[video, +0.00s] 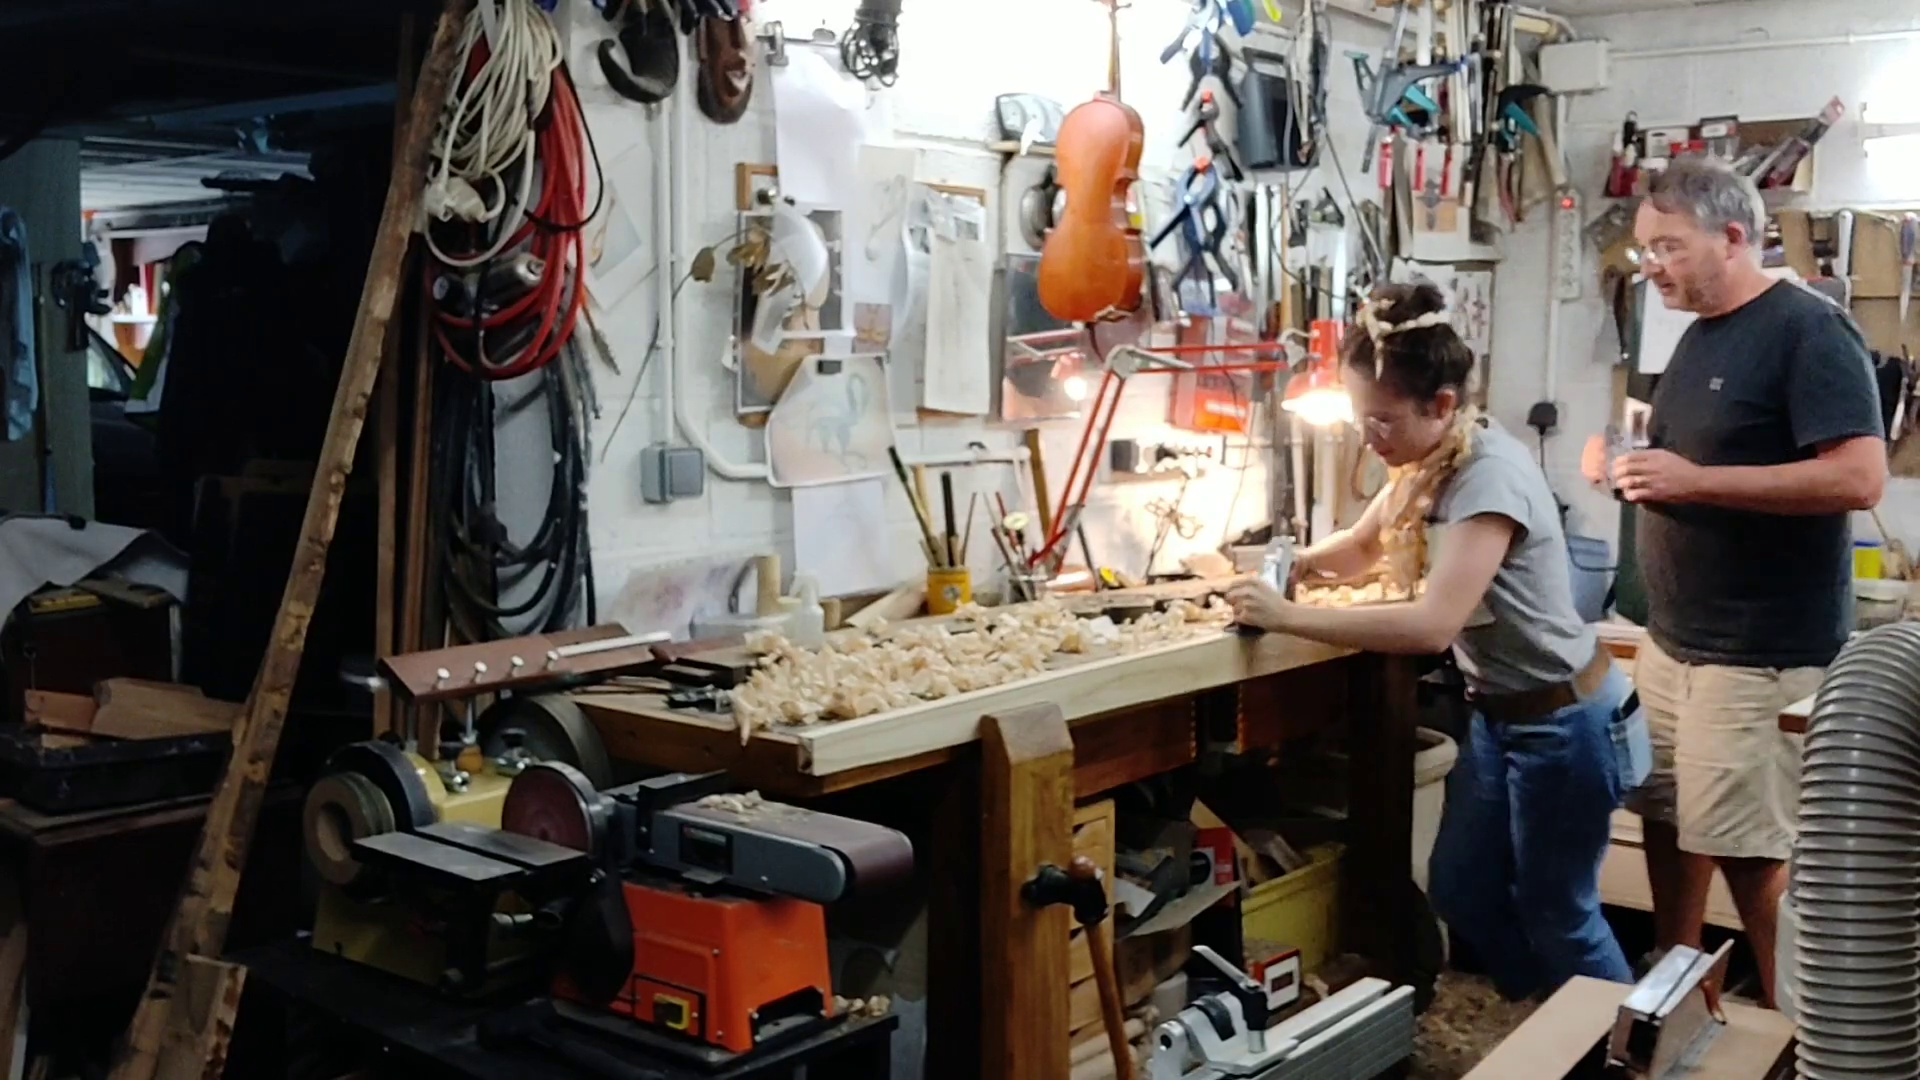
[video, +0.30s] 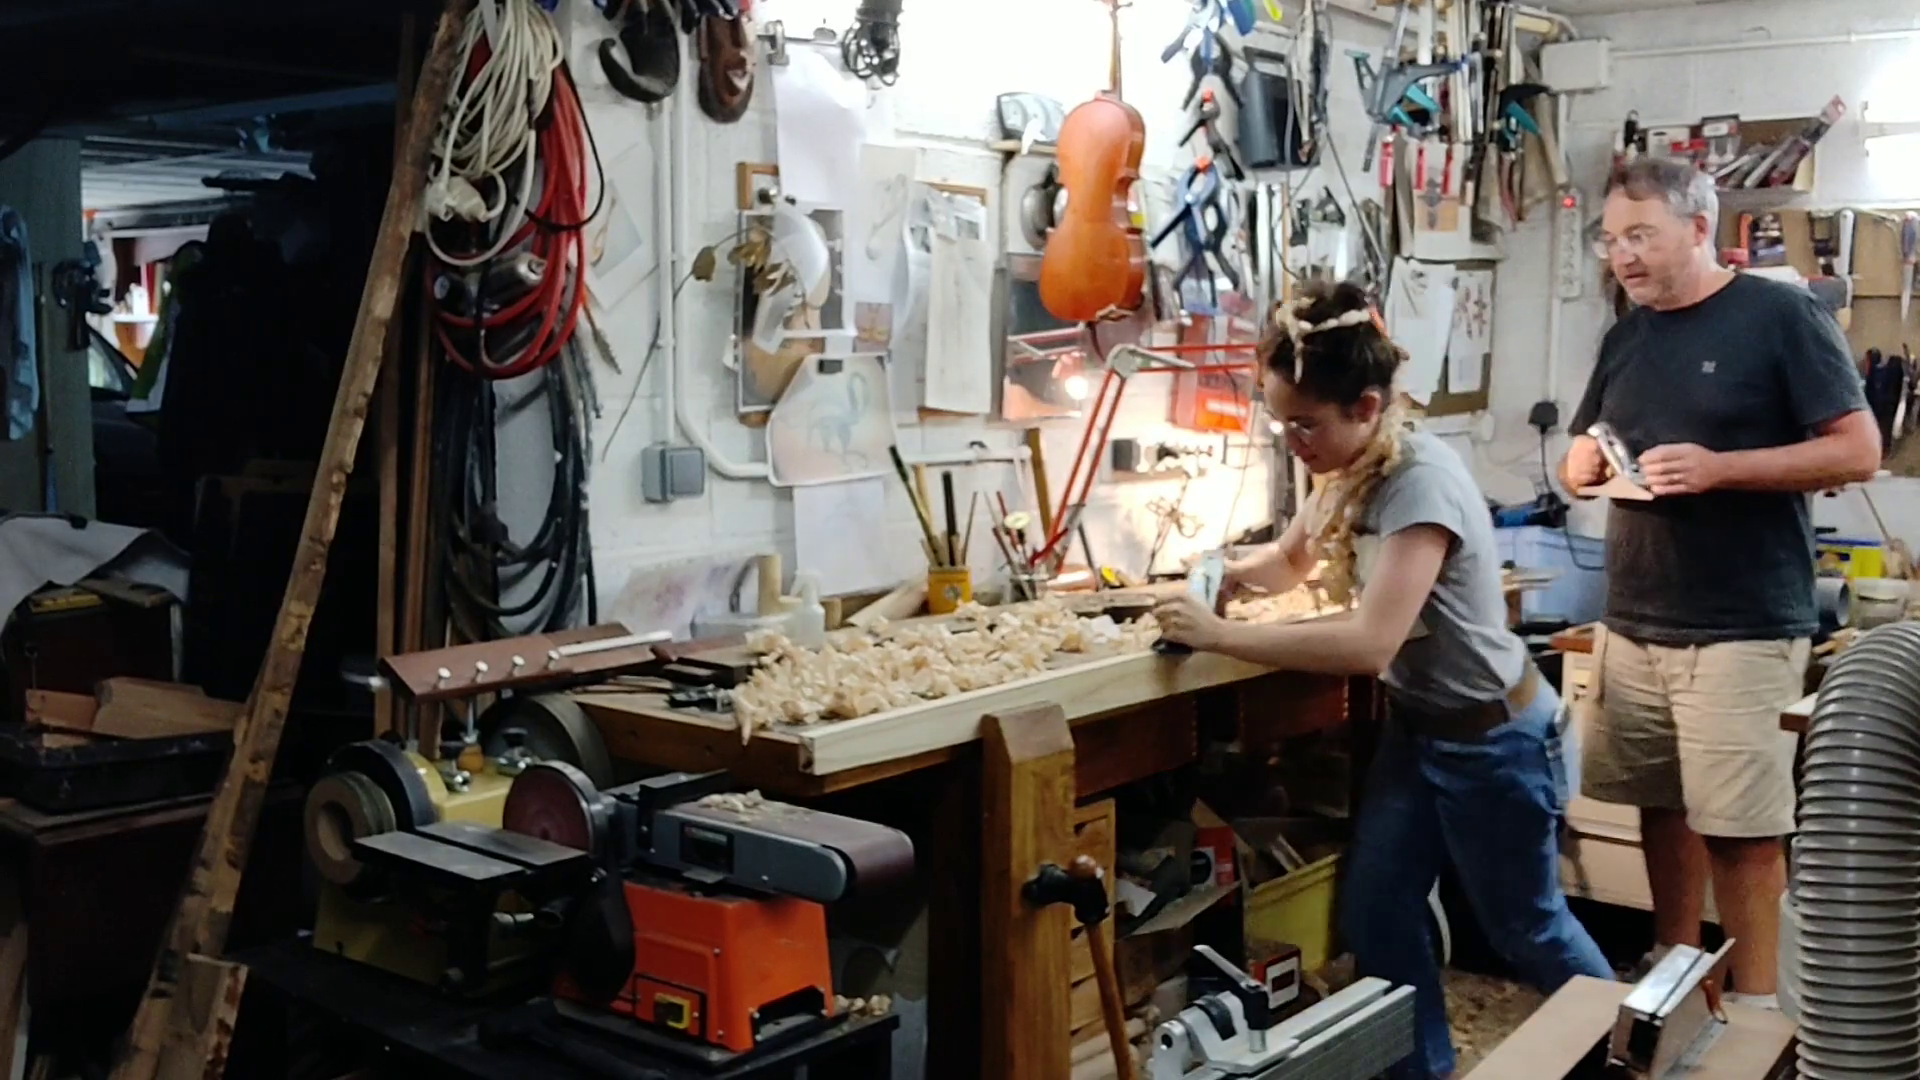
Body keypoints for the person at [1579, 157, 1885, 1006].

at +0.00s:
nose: (1653, 268)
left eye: (1666, 249)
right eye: (1647, 252)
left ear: (1733, 237)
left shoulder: (1812, 326)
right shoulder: (1700, 335)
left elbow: (1861, 476)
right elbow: (1697, 457)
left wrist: (1694, 480)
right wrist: (1630, 460)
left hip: (1762, 650)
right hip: (1674, 632)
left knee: (1754, 845)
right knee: (1673, 820)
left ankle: (1783, 1010)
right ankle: (1677, 982)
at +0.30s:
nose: (1622, 254)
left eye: (1640, 234)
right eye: (1611, 238)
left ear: (1699, 228)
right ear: (1605, 244)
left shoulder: (1782, 313)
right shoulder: (1624, 336)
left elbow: (1860, 450)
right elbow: (1584, 447)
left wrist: (1719, 465)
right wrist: (1580, 465)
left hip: (1746, 629)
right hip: (1637, 624)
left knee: (1741, 831)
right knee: (1663, 811)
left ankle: (1754, 1008)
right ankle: (1675, 972)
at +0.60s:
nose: (1630, 250)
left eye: (1649, 230)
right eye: (1618, 234)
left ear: (1704, 229)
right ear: (1609, 243)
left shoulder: (1777, 313)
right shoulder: (1615, 337)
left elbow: (1852, 453)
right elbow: (1562, 466)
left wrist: (1722, 464)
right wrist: (1581, 466)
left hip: (1737, 628)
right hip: (1631, 625)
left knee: (1743, 823)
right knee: (1667, 809)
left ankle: (1754, 1004)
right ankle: (1676, 971)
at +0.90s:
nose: (1632, 248)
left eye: (1651, 229)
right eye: (1620, 233)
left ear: (1707, 229)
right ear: (1612, 242)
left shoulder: (1776, 313)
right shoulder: (1619, 336)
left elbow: (1847, 456)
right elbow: (1565, 462)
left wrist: (1712, 465)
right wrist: (1576, 467)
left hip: (1735, 627)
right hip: (1629, 622)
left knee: (1745, 824)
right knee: (1667, 808)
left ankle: (1753, 1005)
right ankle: (1676, 967)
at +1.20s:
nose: (1617, 259)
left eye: (1636, 239)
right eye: (1605, 242)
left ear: (1691, 234)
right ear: (1596, 244)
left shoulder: (1765, 316)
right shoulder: (1615, 334)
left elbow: (1806, 461)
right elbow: (1577, 443)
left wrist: (1658, 481)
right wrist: (1568, 468)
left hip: (1732, 626)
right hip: (1626, 620)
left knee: (1746, 818)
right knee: (1658, 806)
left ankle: (1756, 996)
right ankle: (1678, 968)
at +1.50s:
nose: (1567, 294)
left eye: (1579, 274)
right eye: (1557, 279)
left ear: (1640, 255)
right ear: (1556, 272)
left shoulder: (1718, 338)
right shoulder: (1594, 347)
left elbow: (1692, 490)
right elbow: (1584, 457)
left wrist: (1547, 526)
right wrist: (1533, 507)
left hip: (1726, 630)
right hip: (1627, 625)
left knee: (1736, 818)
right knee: (1646, 804)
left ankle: (1754, 1000)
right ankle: (1674, 966)